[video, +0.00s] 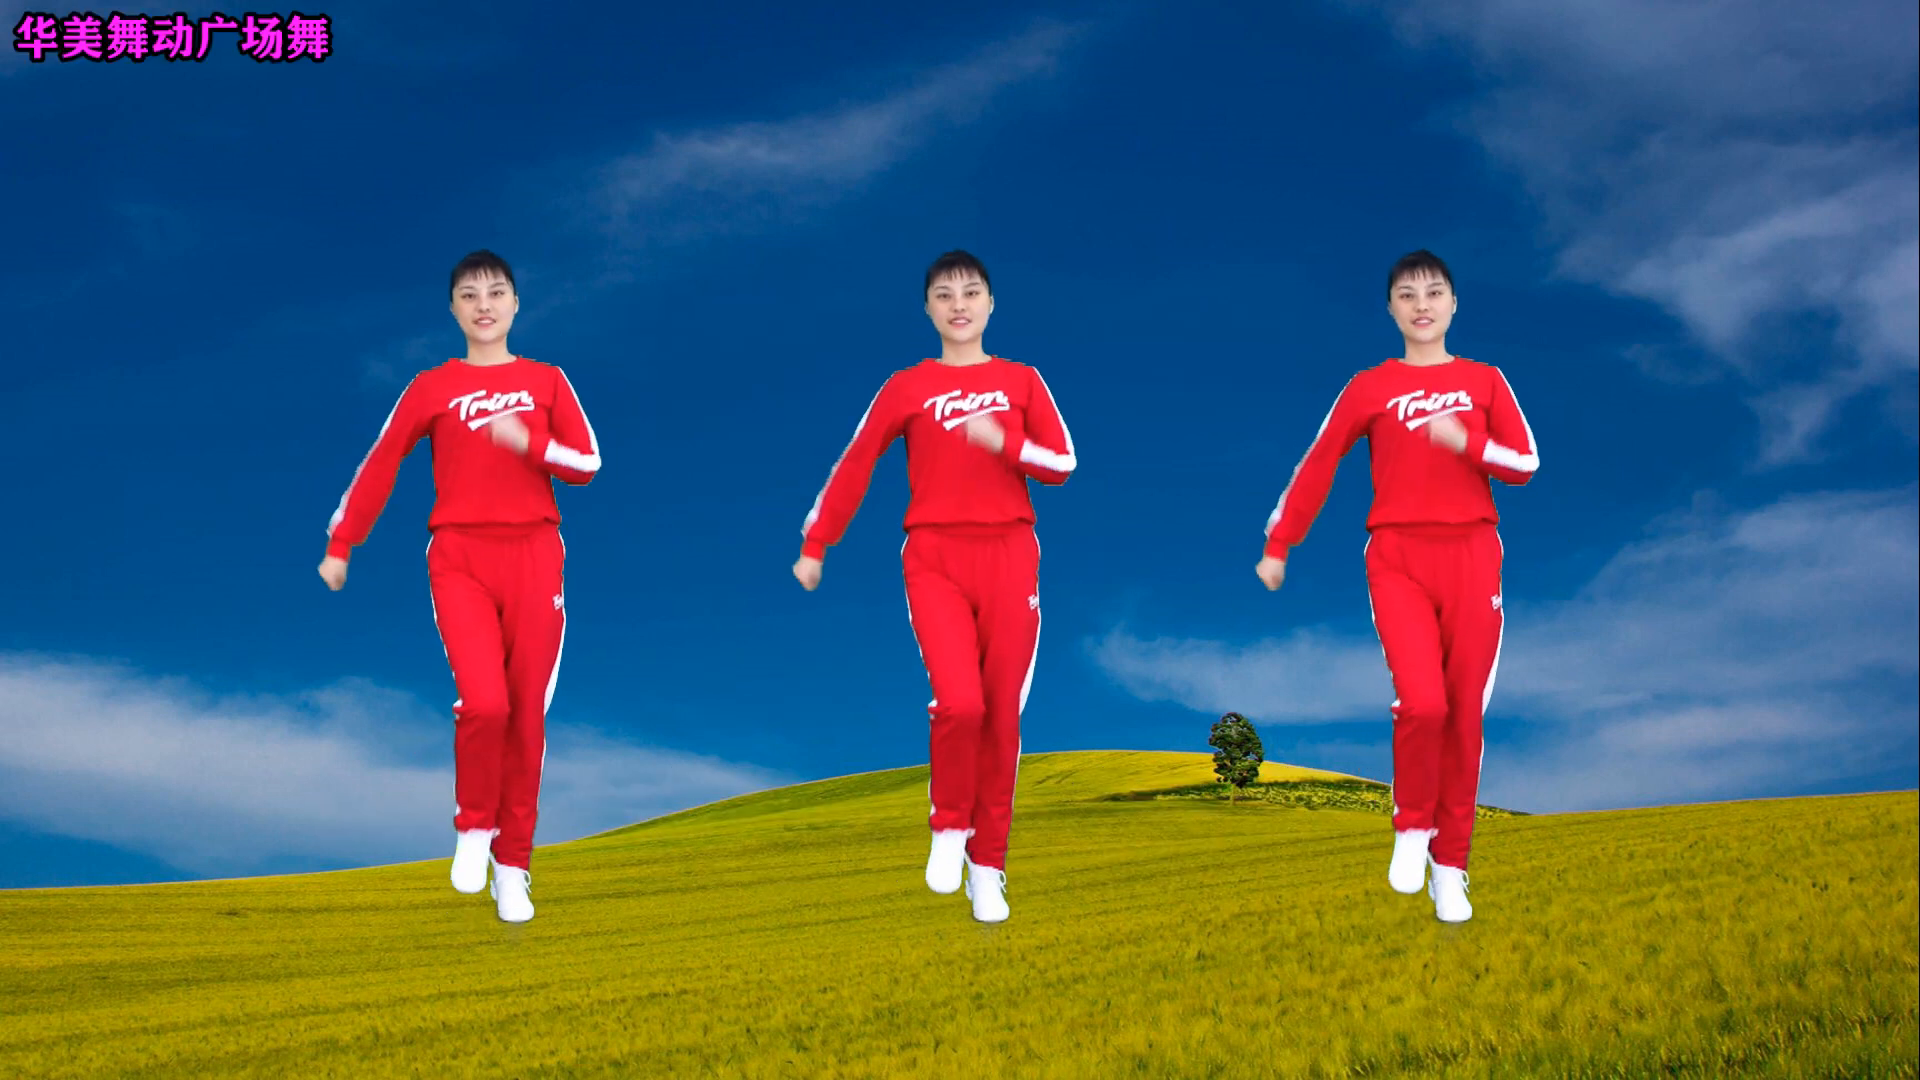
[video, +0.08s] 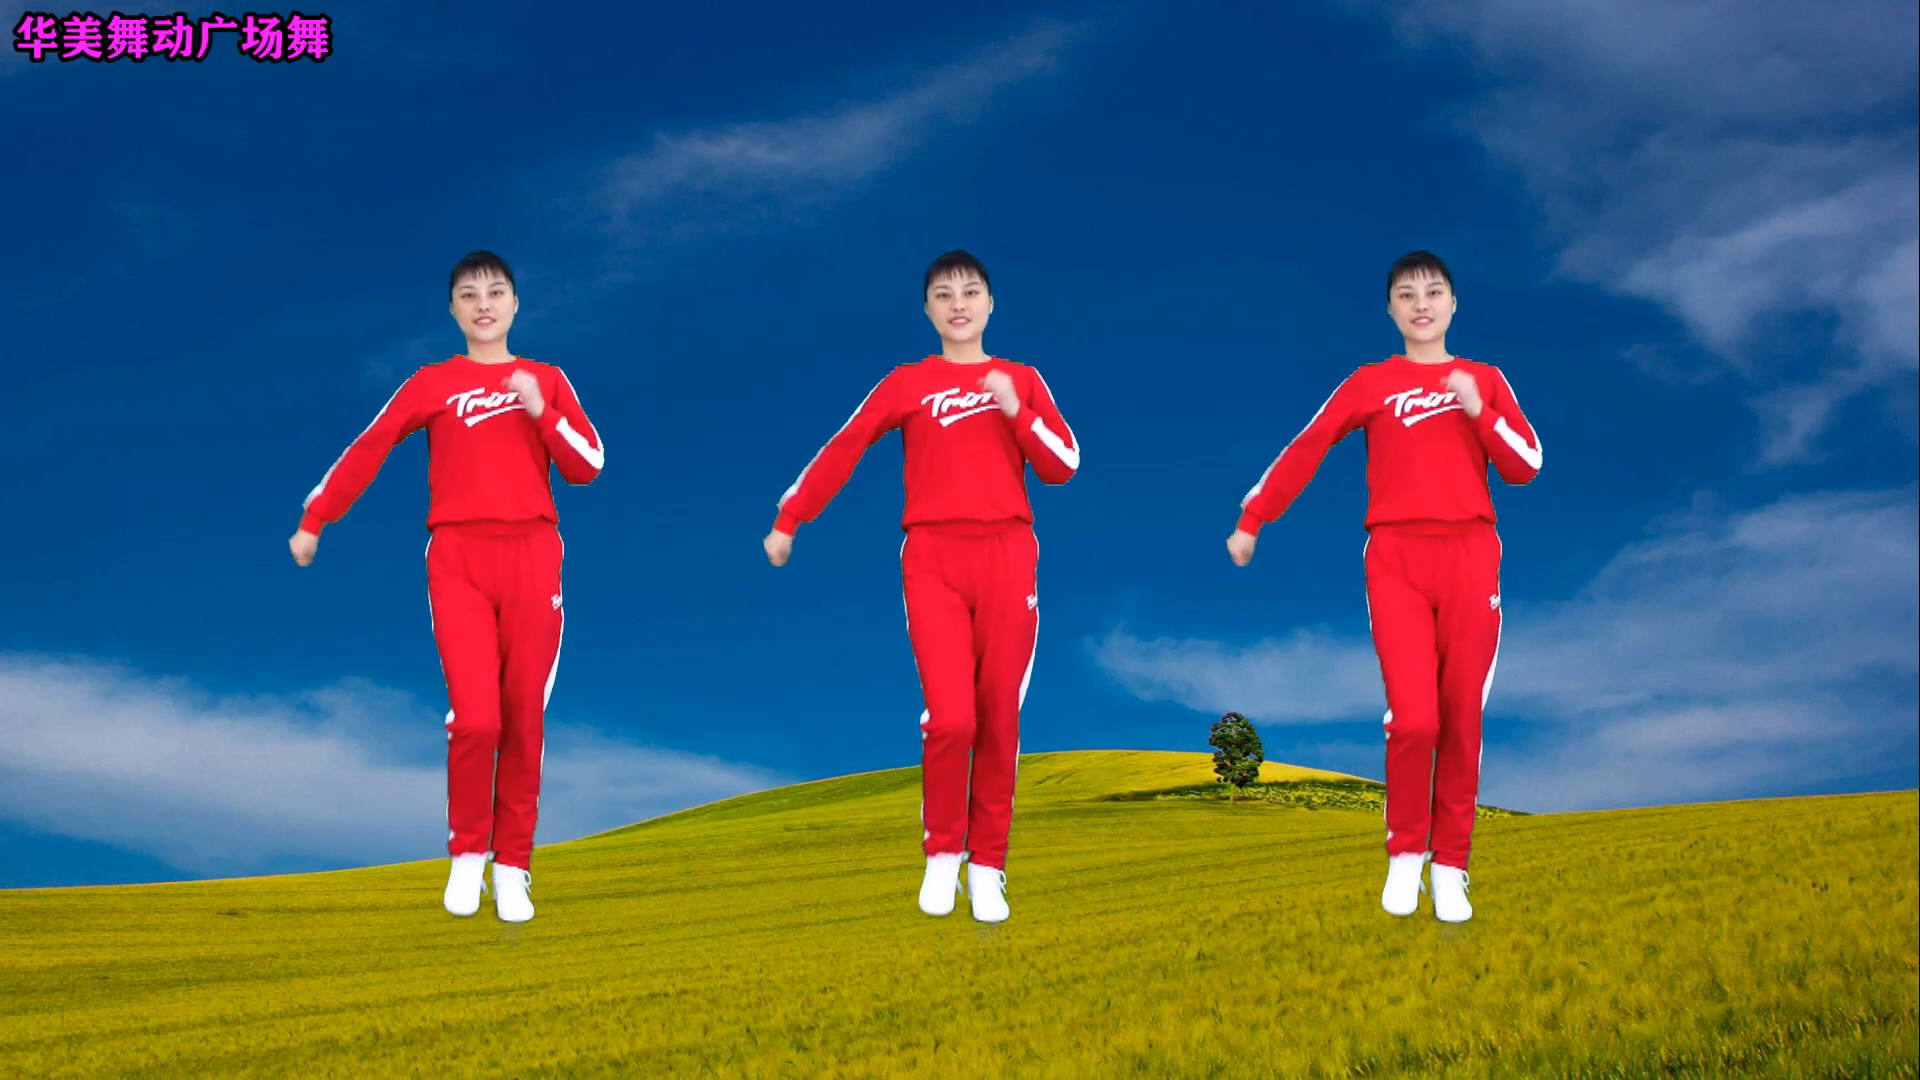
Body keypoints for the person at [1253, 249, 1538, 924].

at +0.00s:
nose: (1422, 304)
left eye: (1433, 294)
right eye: (1409, 295)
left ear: (1452, 303)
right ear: (1393, 308)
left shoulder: (1485, 381)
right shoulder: (1368, 388)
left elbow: (1524, 464)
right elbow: (1317, 464)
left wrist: (1468, 442)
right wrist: (1278, 545)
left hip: (1472, 555)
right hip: (1395, 556)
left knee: (1465, 711)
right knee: (1423, 705)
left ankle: (1452, 861)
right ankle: (1413, 827)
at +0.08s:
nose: (1422, 304)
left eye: (1433, 293)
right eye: (1409, 295)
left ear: (1453, 303)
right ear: (1392, 309)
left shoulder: (1484, 379)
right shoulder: (1368, 383)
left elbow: (1525, 465)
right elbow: (1305, 449)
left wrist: (1480, 412)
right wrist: (1250, 521)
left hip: (1470, 556)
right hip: (1395, 556)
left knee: (1462, 717)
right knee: (1413, 718)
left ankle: (1450, 863)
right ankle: (1405, 854)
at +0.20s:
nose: (1421, 316)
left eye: (1432, 305)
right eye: (1407, 307)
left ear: (1451, 315)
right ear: (1392, 320)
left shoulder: (1482, 396)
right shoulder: (1366, 395)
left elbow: (1510, 481)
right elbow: (1295, 455)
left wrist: (1471, 419)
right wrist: (1224, 515)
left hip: (1468, 566)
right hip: (1391, 567)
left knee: (1459, 725)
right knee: (1400, 730)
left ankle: (1447, 868)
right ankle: (1403, 870)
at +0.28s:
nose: (1419, 312)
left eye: (1431, 301)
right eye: (1406, 303)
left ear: (1449, 311)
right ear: (1390, 315)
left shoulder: (1479, 389)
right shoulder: (1364, 391)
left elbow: (1500, 473)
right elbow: (1302, 462)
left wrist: (1450, 442)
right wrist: (1238, 528)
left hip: (1463, 562)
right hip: (1386, 563)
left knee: (1453, 721)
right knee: (1394, 723)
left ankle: (1446, 866)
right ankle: (1402, 868)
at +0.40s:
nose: (1416, 318)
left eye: (1427, 307)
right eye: (1403, 309)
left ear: (1446, 319)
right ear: (1386, 322)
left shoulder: (1474, 395)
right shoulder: (1358, 401)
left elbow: (1479, 475)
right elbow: (1326, 488)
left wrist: (1438, 522)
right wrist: (1296, 569)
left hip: (1449, 576)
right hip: (1374, 576)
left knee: (1437, 723)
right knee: (1384, 729)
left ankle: (1442, 849)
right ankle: (1400, 867)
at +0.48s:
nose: (1412, 326)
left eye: (1425, 316)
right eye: (1400, 317)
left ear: (1443, 328)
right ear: (1384, 330)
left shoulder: (1473, 406)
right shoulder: (1356, 410)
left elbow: (1478, 494)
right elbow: (1342, 497)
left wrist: (1472, 578)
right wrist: (1350, 576)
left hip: (1445, 580)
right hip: (1372, 581)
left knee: (1421, 720)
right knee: (1373, 734)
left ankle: (1439, 817)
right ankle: (1399, 866)